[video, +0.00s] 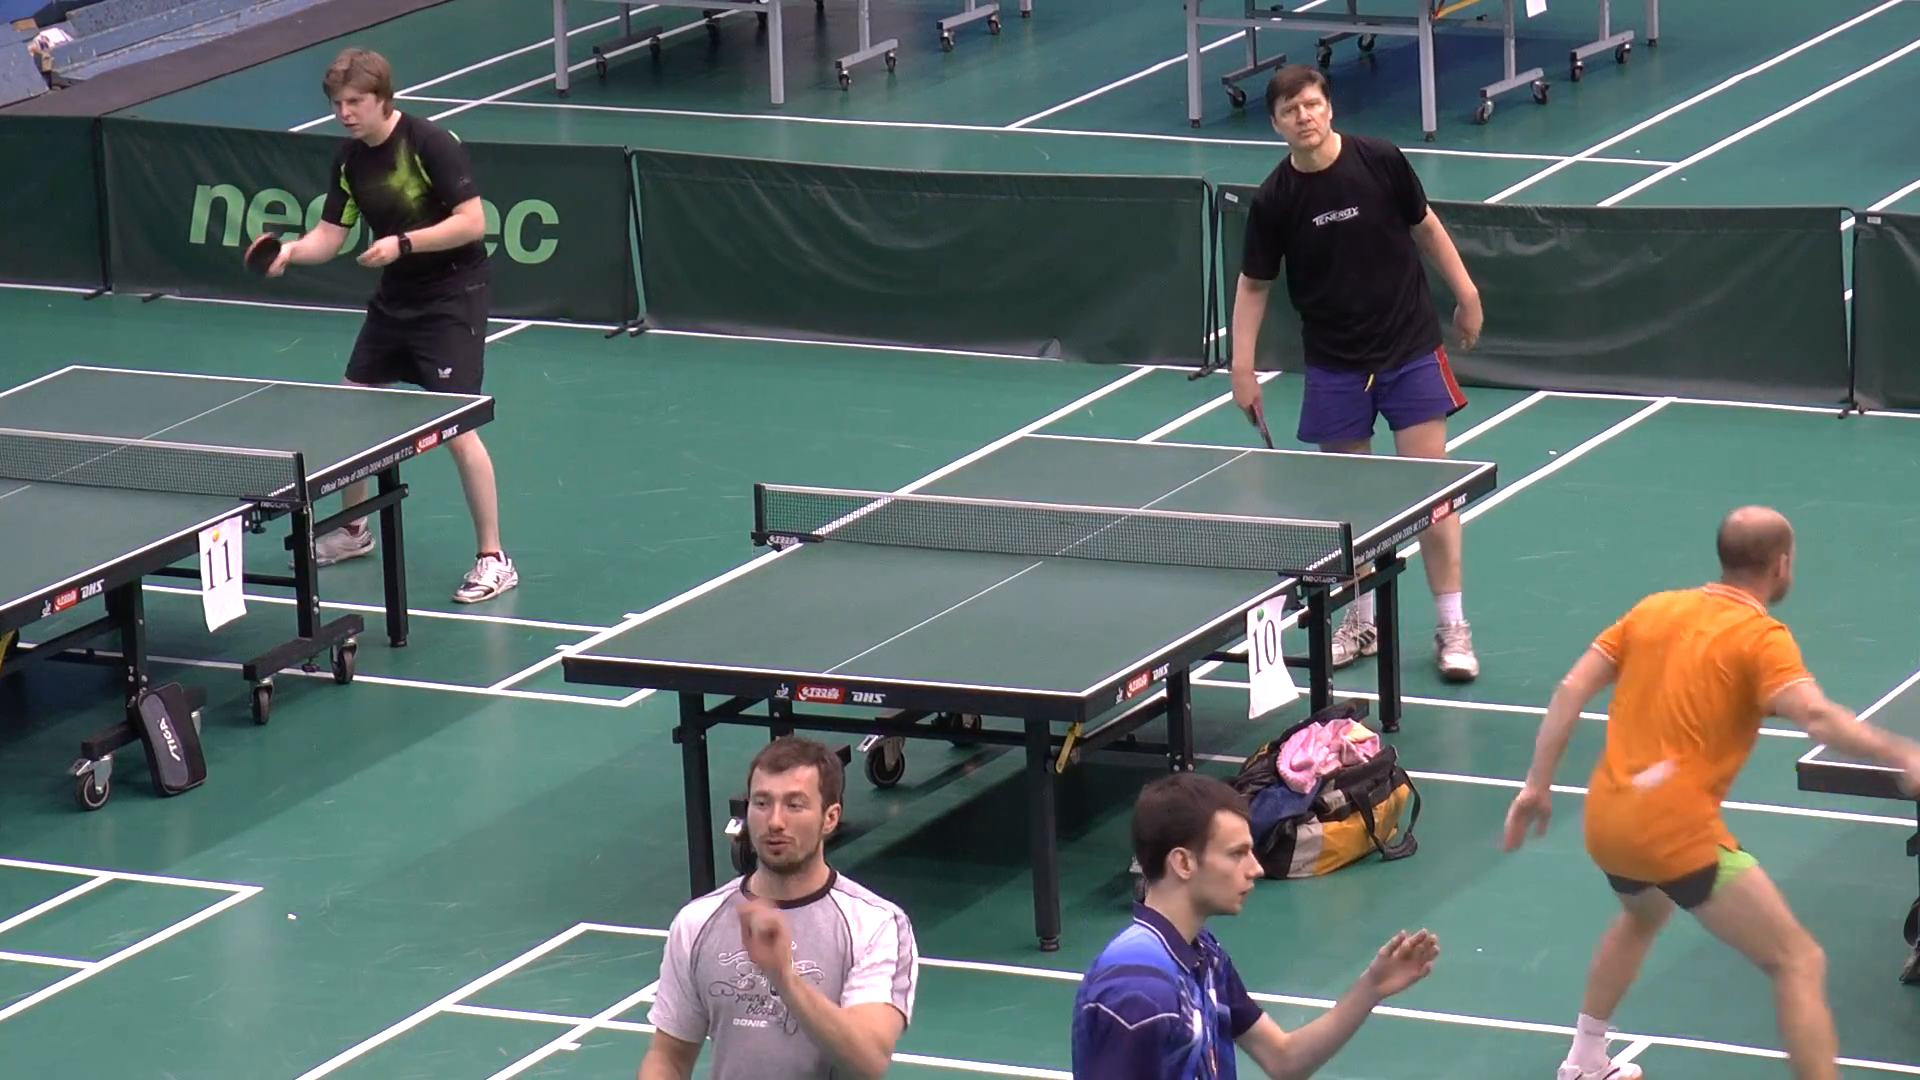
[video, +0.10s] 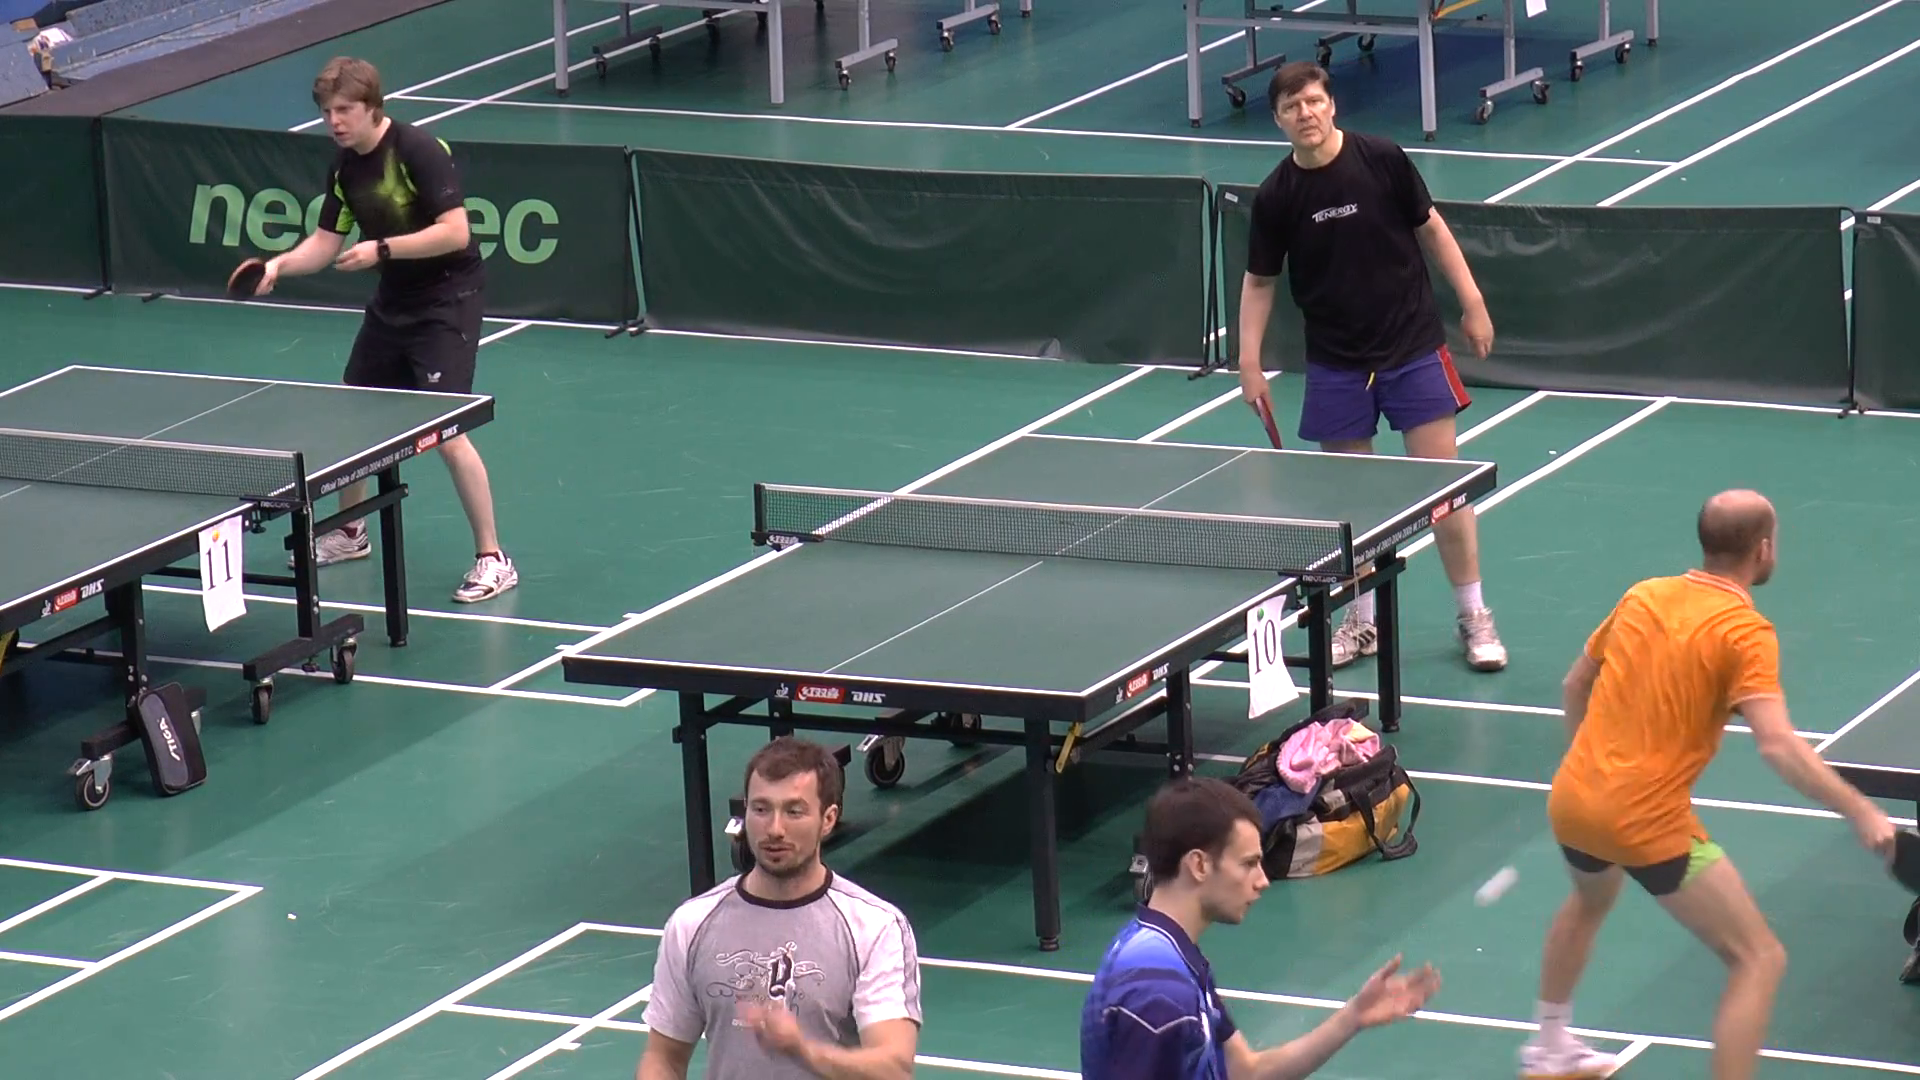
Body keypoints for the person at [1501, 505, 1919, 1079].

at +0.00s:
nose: (1792, 568)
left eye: (1791, 558)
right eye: (1791, 558)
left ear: (1724, 559)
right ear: (1779, 565)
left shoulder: (1653, 609)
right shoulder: (1763, 636)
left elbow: (1570, 689)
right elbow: (1812, 714)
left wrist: (1537, 784)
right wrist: (1903, 753)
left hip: (1607, 825)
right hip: (1678, 836)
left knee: (1642, 913)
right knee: (1797, 960)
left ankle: (1584, 1058)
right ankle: (1820, 1071)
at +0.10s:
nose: (1775, 547)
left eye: (1772, 537)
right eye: (1774, 539)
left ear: (1705, 543)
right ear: (1761, 548)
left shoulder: (1643, 594)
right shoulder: (1746, 629)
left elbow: (1576, 685)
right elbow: (1776, 745)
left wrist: (1586, 759)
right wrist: (1861, 812)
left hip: (1572, 800)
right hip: (1647, 822)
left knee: (1588, 899)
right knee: (1759, 958)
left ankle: (1549, 1043)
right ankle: (1730, 1070)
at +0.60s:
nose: (1742, 583)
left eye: (1744, 571)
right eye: (1742, 572)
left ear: (1670, 566)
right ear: (1726, 580)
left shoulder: (1597, 615)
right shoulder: (1732, 668)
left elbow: (1511, 670)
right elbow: (1848, 696)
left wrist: (1576, 653)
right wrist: (1858, 667)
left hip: (1526, 818)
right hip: (1597, 847)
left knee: (1493, 931)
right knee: (1701, 988)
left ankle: (1443, 1046)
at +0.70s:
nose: (1738, 559)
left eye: (1734, 549)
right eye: (1737, 551)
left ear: (1666, 557)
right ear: (1727, 563)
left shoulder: (1598, 610)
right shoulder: (1747, 652)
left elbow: (1496, 664)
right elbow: (1864, 675)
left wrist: (1510, 674)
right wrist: (1854, 638)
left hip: (1539, 827)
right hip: (1619, 853)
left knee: (1516, 941)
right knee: (1703, 987)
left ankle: (1472, 1066)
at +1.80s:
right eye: (1769, 609)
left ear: (1704, 614)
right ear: (1767, 619)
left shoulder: (1677, 657)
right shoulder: (1797, 690)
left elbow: (1642, 681)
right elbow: (1890, 686)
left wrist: (1550, 696)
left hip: (1612, 890)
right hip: (1707, 904)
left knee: (1525, 991)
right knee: (1785, 1053)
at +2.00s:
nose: (1733, 552)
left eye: (1731, 543)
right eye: (1732, 543)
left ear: (1661, 555)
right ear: (1721, 554)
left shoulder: (1616, 618)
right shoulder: (1756, 644)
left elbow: (1591, 715)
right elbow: (1839, 750)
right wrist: (1915, 778)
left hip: (1593, 835)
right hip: (1681, 850)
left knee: (1561, 953)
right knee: (1767, 1008)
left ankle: (1483, 1054)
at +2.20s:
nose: (1728, 519)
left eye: (1724, 510)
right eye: (1725, 512)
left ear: (1655, 527)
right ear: (1711, 530)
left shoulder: (1598, 583)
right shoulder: (1730, 622)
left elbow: (1513, 666)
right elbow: (1761, 748)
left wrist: (1517, 707)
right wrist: (1831, 797)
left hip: (1588, 823)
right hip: (1672, 835)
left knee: (1546, 944)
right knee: (1780, 949)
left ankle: (1490, 1070)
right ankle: (1758, 1074)